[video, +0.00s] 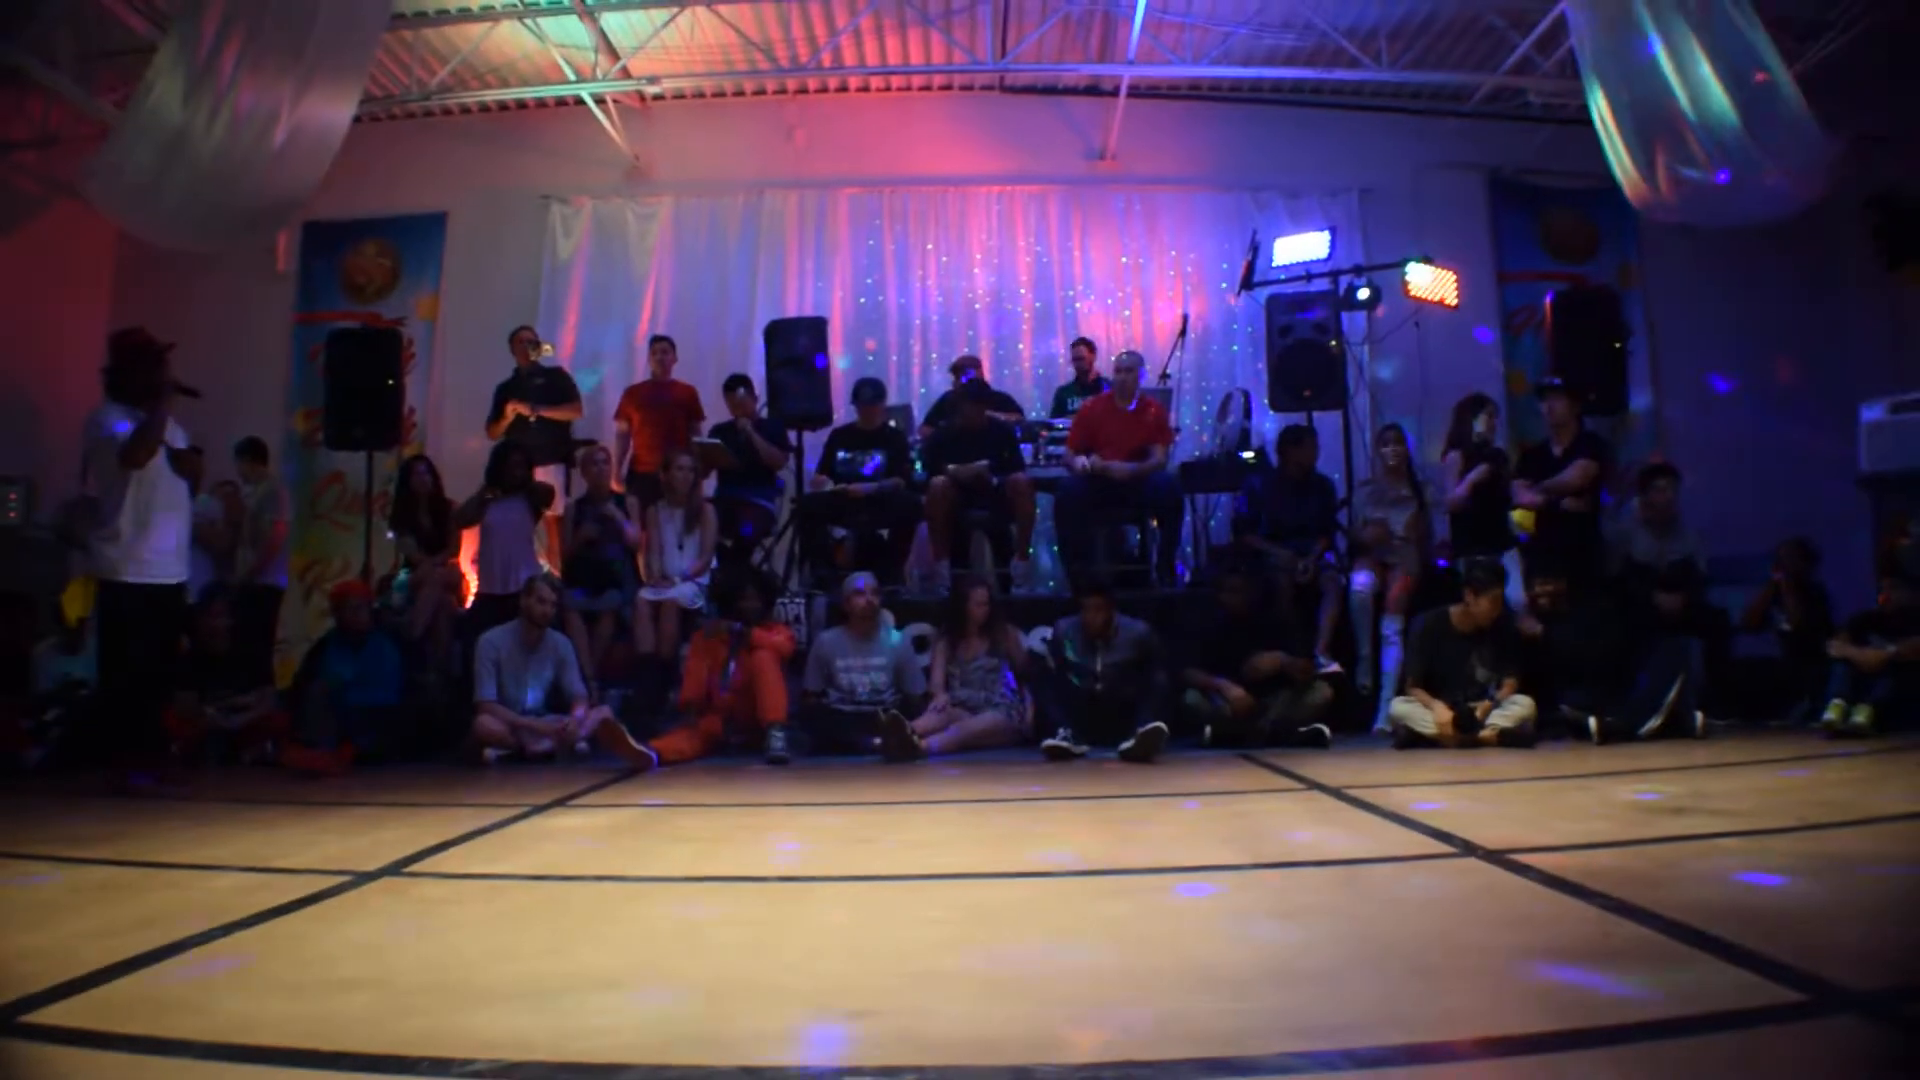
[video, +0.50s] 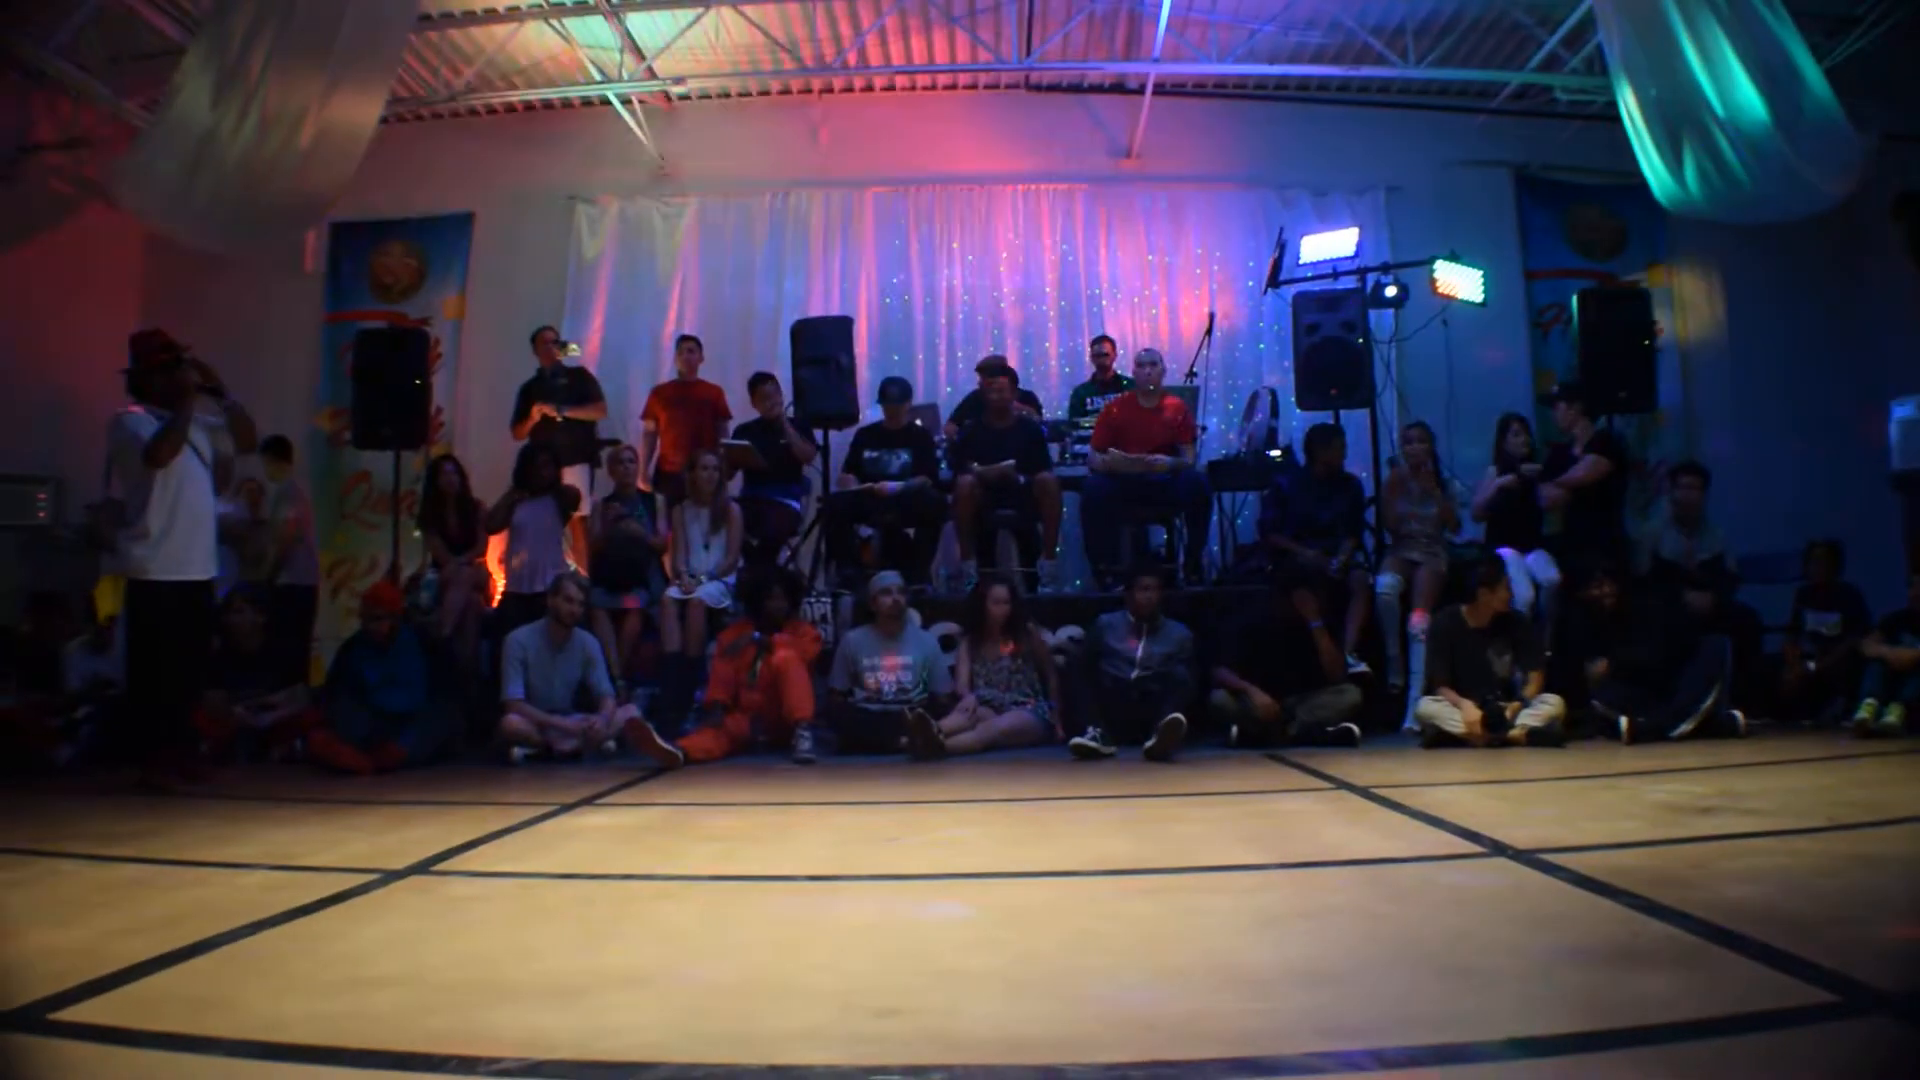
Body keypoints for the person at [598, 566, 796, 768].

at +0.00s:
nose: (749, 606)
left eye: (755, 600)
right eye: (743, 599)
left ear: (766, 603)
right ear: (729, 602)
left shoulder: (774, 630)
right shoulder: (708, 638)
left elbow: (784, 647)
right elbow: (692, 697)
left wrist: (741, 632)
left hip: (756, 713)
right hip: (719, 717)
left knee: (763, 657)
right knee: (696, 736)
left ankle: (776, 734)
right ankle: (651, 752)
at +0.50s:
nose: (777, 606)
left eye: (783, 599)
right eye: (771, 598)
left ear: (793, 603)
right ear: (757, 601)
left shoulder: (803, 631)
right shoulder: (736, 635)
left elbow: (805, 653)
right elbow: (722, 676)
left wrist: (767, 641)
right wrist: (716, 708)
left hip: (782, 713)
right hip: (745, 717)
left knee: (786, 658)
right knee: (718, 736)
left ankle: (803, 732)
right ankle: (679, 751)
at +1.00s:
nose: (773, 609)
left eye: (780, 603)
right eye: (768, 602)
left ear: (791, 606)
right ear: (755, 603)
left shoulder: (802, 633)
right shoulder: (734, 636)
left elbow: (801, 655)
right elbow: (720, 674)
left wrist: (765, 649)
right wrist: (715, 708)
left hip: (781, 715)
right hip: (742, 719)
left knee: (784, 657)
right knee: (716, 737)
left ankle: (801, 734)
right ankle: (677, 752)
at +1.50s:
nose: (775, 612)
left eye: (780, 606)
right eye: (768, 605)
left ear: (789, 608)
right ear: (753, 606)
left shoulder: (797, 635)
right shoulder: (728, 639)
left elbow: (790, 659)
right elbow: (712, 685)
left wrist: (752, 663)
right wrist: (711, 714)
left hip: (776, 714)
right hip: (738, 718)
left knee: (777, 659)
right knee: (715, 738)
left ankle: (796, 737)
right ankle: (673, 755)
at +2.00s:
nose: (762, 613)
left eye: (771, 607)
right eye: (758, 606)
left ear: (785, 612)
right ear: (750, 607)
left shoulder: (796, 637)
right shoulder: (726, 642)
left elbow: (786, 658)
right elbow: (707, 695)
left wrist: (744, 667)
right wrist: (720, 713)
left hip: (773, 720)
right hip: (737, 723)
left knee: (775, 660)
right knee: (706, 738)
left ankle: (795, 737)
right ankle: (670, 755)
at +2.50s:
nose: (760, 614)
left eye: (769, 607)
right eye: (757, 606)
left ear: (783, 612)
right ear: (749, 607)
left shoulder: (794, 637)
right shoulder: (726, 644)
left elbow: (785, 658)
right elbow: (707, 699)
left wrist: (743, 670)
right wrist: (732, 716)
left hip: (772, 720)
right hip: (737, 722)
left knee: (774, 661)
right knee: (710, 735)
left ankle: (794, 737)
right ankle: (669, 756)